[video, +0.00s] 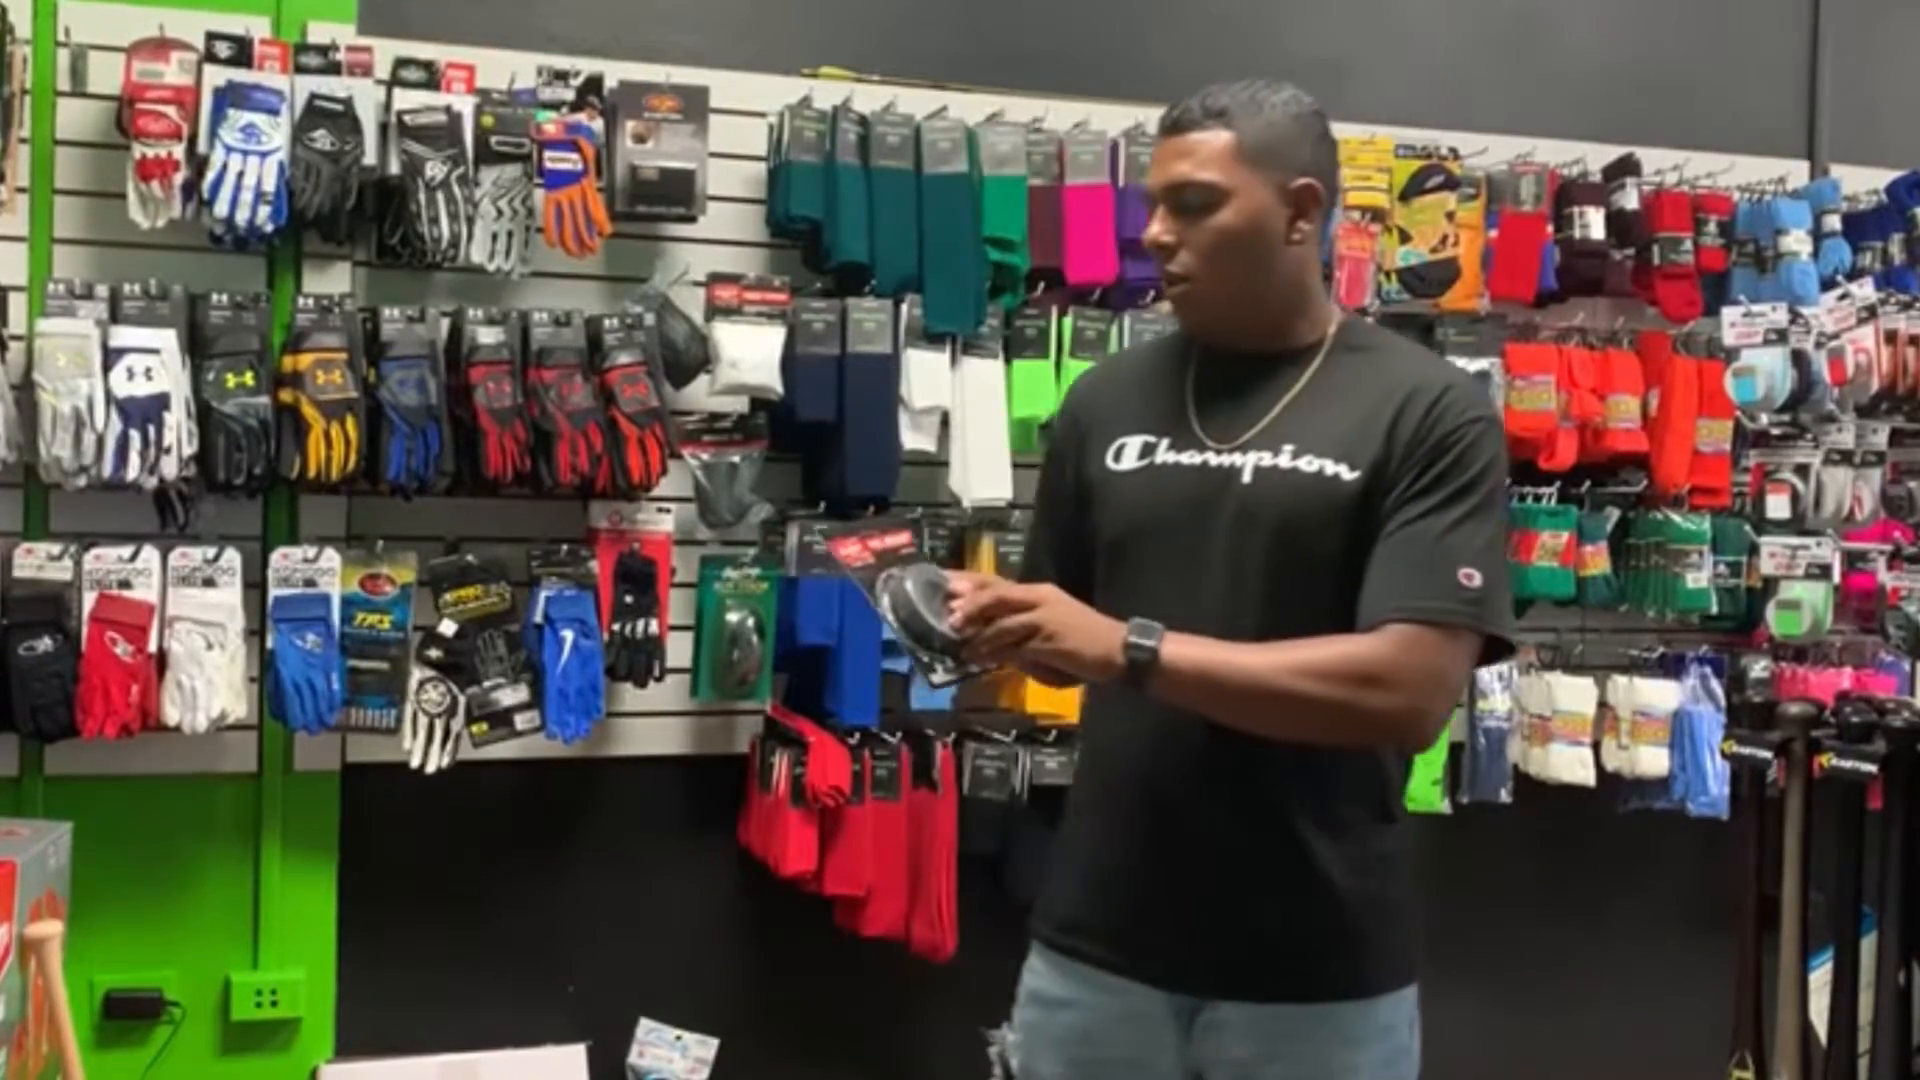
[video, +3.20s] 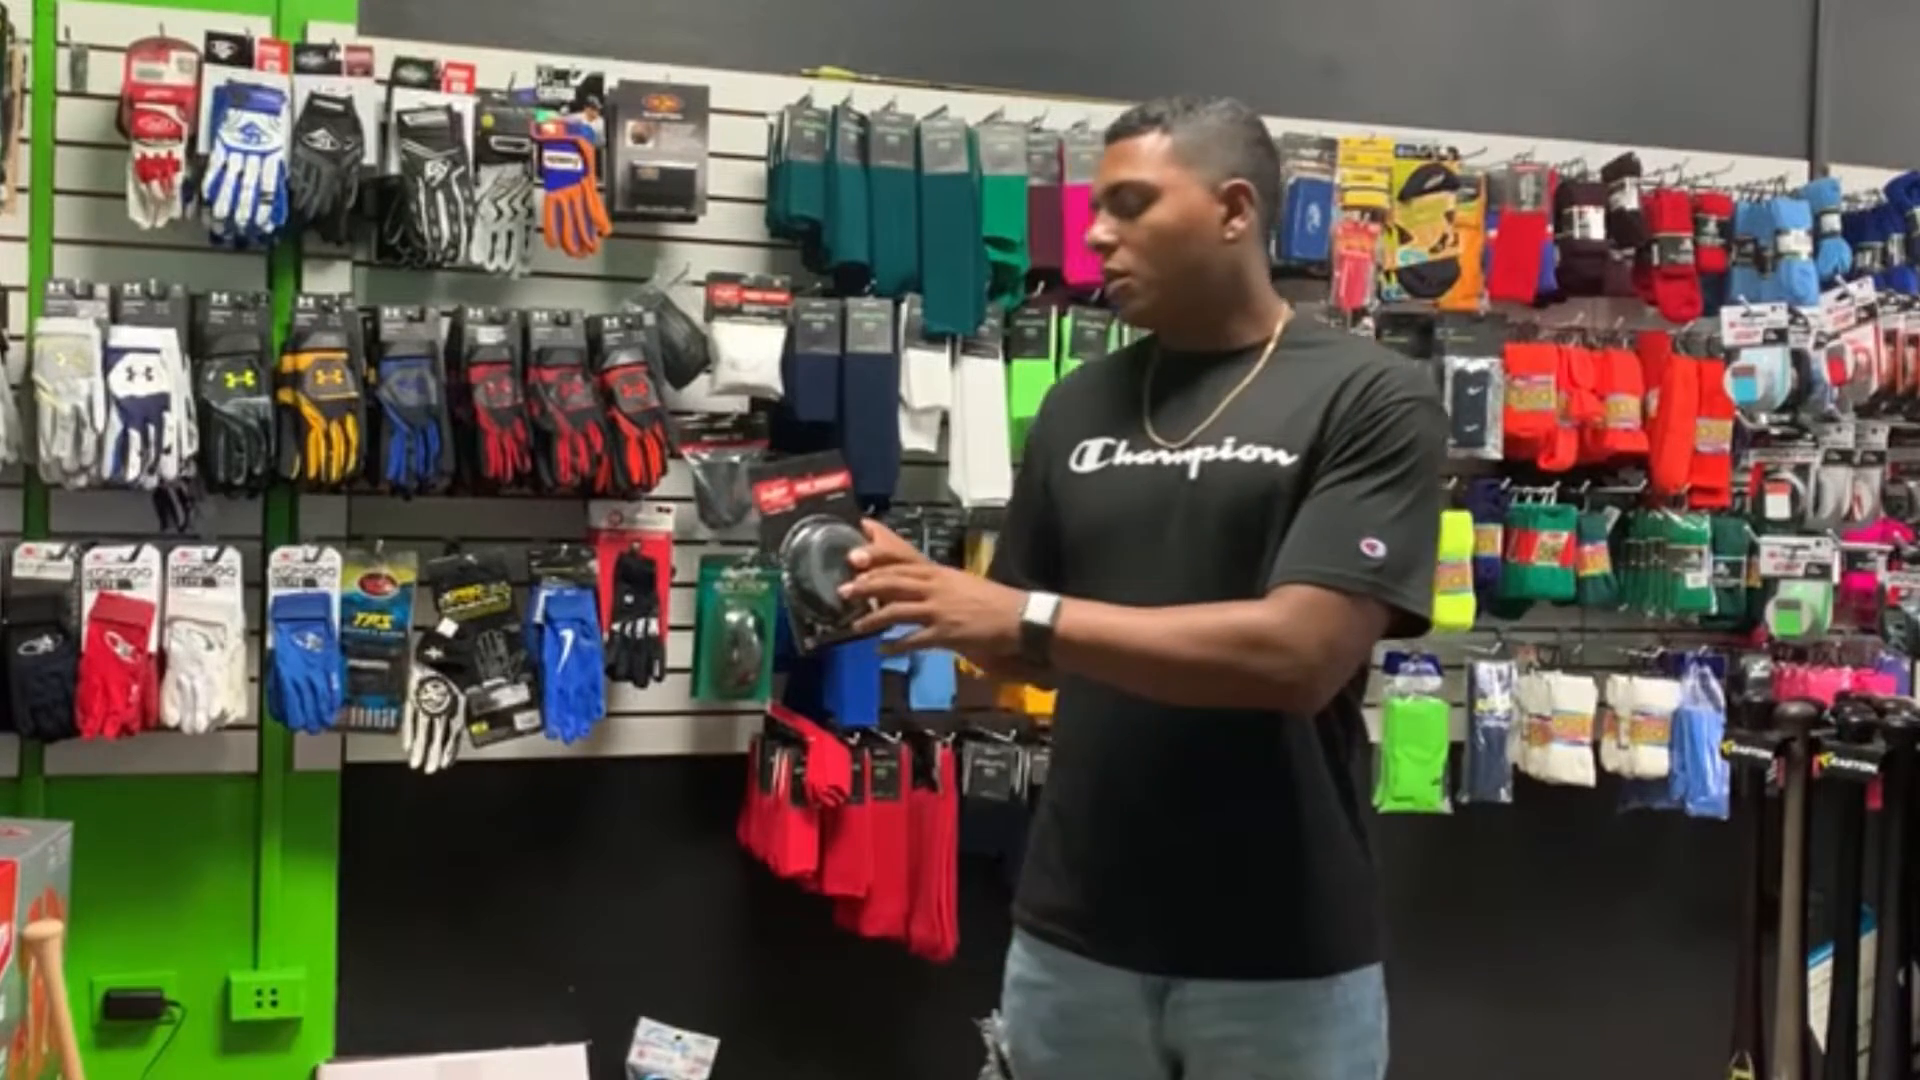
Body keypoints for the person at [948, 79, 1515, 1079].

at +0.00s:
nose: (1154, 236)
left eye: (1192, 205)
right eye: (1153, 207)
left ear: (1303, 210)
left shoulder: (1428, 410)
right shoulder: (1101, 402)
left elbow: (1411, 692)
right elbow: (1068, 641)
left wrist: (1126, 648)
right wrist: (1001, 624)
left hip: (1320, 973)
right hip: (1098, 950)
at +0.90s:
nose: (1270, 225)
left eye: (1309, 192)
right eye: (1271, 194)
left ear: (1422, 209)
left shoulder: (1553, 422)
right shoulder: (1236, 394)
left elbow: (1455, 700)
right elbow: (1169, 607)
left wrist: (1169, 647)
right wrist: (1063, 616)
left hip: (1414, 990)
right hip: (1196, 957)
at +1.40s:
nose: (1163, 225)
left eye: (1200, 191)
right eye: (1166, 195)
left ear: (1308, 208)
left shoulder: (1431, 410)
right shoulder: (1137, 392)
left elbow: (1336, 684)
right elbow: (1079, 626)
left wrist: (1059, 626)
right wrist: (961, 613)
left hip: (1311, 965)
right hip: (1106, 940)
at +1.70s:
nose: (1071, 234)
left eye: (1106, 202)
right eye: (1073, 206)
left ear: (1211, 213)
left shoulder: (1336, 401)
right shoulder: (1047, 401)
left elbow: (1256, 671)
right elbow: (999, 631)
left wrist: (978, 623)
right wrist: (889, 602)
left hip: (1232, 953)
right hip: (1031, 935)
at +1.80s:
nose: (1043, 242)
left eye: (1077, 209)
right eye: (1041, 213)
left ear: (1183, 215)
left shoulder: (1309, 402)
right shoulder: (1021, 405)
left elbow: (1235, 668)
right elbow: (983, 651)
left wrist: (957, 626)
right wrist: (874, 606)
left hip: (1210, 952)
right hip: (1011, 936)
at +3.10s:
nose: (1067, 238)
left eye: (1100, 204)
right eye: (1068, 211)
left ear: (1204, 211)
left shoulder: (1343, 394)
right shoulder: (1047, 407)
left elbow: (1274, 655)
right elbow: (1004, 650)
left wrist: (998, 619)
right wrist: (892, 599)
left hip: (1254, 948)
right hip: (1048, 936)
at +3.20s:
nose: (1098, 236)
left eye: (1131, 202)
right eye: (1100, 209)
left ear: (1234, 210)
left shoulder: (1373, 395)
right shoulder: (1077, 404)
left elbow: (1299, 657)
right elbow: (1037, 651)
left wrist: (1022, 616)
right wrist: (929, 600)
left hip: (1282, 952)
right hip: (1074, 940)